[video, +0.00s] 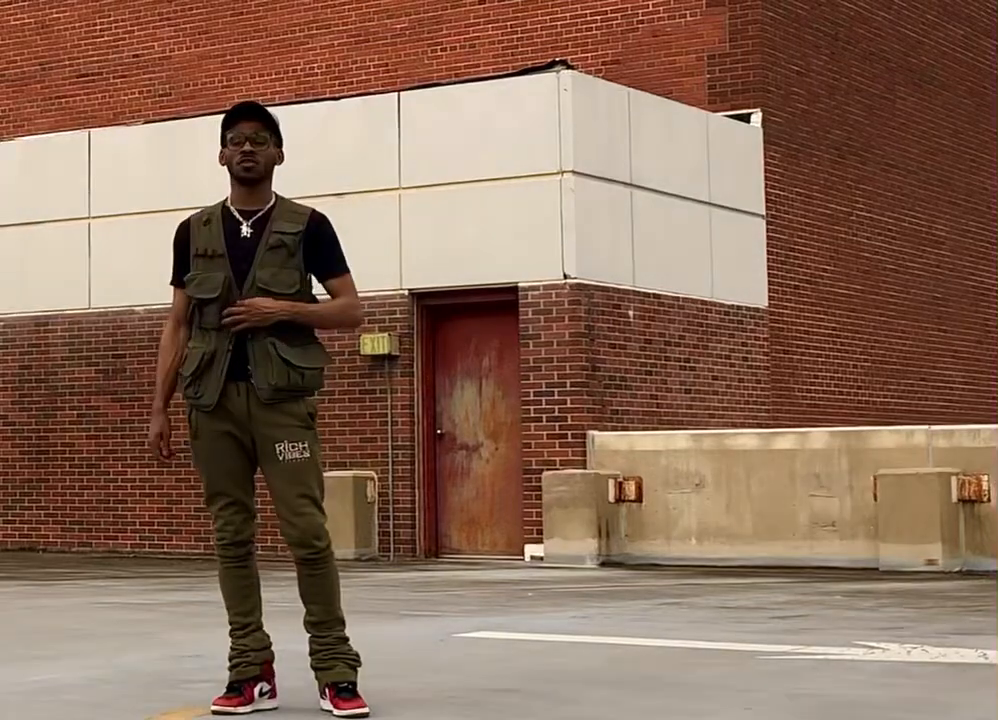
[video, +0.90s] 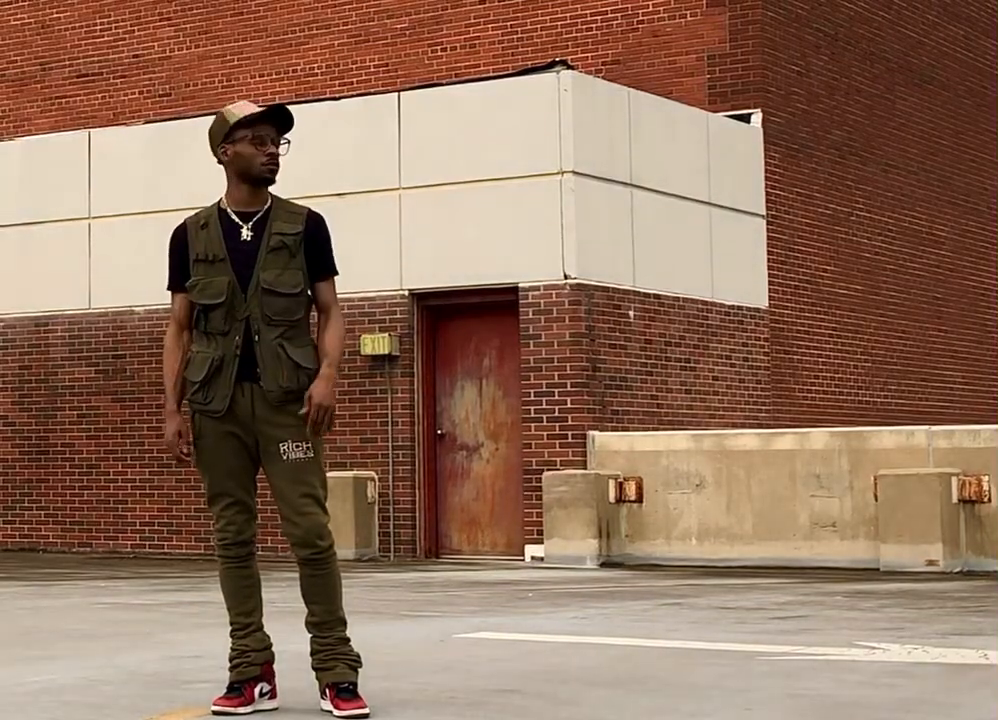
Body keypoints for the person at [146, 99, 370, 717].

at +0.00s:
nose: (247, 150)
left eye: (259, 142)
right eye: (237, 142)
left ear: (278, 154)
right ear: (222, 154)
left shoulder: (307, 226)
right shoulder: (193, 231)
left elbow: (350, 310)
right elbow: (176, 323)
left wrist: (283, 308)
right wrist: (161, 403)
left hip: (284, 403)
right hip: (211, 406)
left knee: (309, 538)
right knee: (232, 540)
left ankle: (336, 673)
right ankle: (250, 670)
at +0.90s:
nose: (273, 150)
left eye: (277, 141)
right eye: (259, 141)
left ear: (280, 153)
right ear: (225, 152)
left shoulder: (305, 225)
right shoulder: (189, 235)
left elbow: (330, 314)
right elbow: (178, 326)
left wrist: (327, 377)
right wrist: (173, 406)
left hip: (287, 403)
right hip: (214, 407)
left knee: (311, 538)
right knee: (233, 541)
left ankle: (337, 672)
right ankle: (250, 668)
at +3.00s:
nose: (241, 154)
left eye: (251, 145)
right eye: (230, 145)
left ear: (269, 155)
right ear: (213, 156)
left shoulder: (303, 224)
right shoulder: (189, 235)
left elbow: (328, 317)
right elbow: (178, 327)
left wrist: (333, 403)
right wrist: (173, 408)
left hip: (288, 402)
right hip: (213, 406)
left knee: (309, 537)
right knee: (232, 540)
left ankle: (336, 671)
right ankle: (250, 667)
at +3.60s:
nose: (242, 152)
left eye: (253, 144)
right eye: (231, 144)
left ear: (273, 156)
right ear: (217, 157)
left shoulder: (305, 227)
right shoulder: (191, 236)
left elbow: (331, 318)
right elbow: (178, 328)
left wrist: (335, 402)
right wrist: (174, 409)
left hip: (293, 404)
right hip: (217, 407)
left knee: (312, 531)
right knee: (233, 538)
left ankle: (316, 664)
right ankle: (250, 668)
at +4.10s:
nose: (260, 158)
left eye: (271, 149)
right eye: (249, 150)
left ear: (288, 160)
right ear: (233, 161)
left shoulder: (319, 232)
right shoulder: (203, 237)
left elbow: (341, 323)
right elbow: (186, 329)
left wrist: (341, 409)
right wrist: (181, 413)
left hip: (299, 406)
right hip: (222, 408)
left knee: (313, 532)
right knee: (231, 542)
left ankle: (316, 670)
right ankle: (250, 669)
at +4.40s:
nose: (281, 153)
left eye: (292, 145)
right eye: (269, 146)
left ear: (310, 155)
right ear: (255, 159)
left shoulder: (345, 230)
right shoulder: (226, 232)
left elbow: (367, 323)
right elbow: (200, 322)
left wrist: (367, 410)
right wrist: (192, 405)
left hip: (322, 408)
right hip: (242, 408)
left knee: (331, 541)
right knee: (242, 542)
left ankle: (323, 675)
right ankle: (252, 669)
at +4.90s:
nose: (337, 184)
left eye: (348, 176)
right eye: (326, 172)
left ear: (358, 184)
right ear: (300, 175)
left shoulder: (365, 250)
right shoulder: (255, 233)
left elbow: (388, 315)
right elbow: (235, 326)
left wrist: (399, 347)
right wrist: (260, 415)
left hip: (315, 411)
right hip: (238, 405)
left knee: (334, 534)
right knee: (226, 537)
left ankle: (324, 676)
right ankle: (247, 669)